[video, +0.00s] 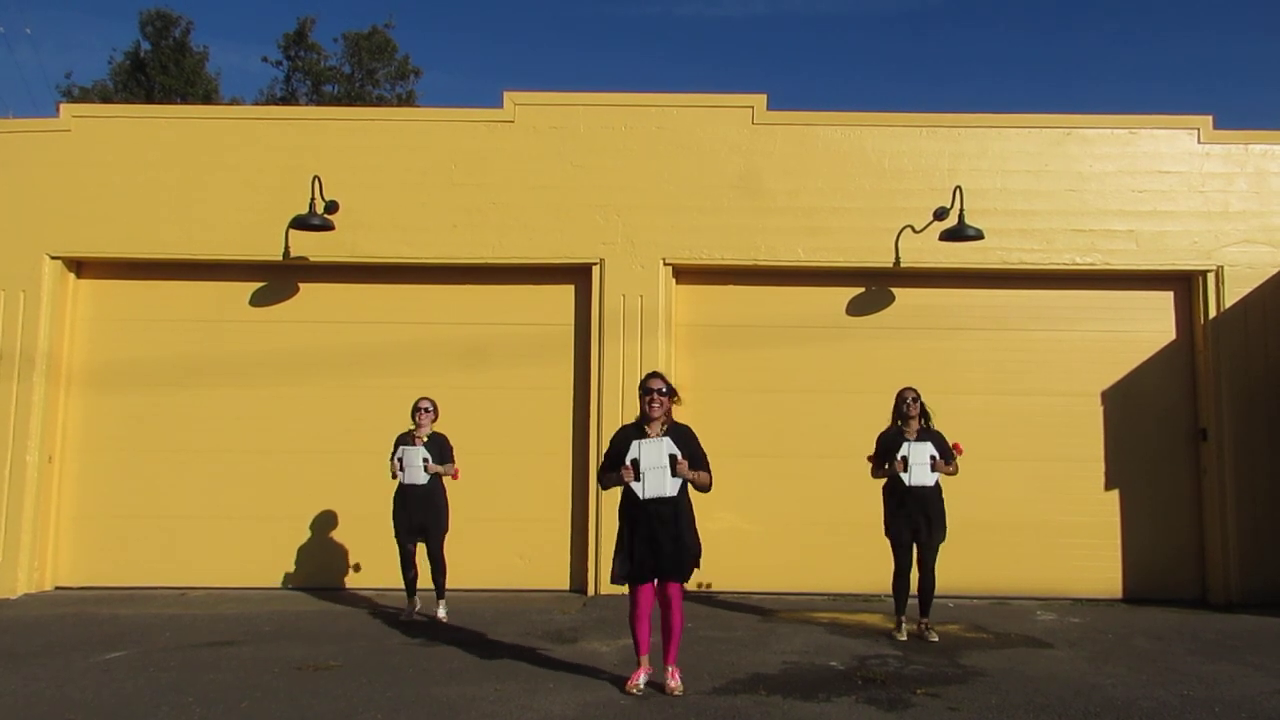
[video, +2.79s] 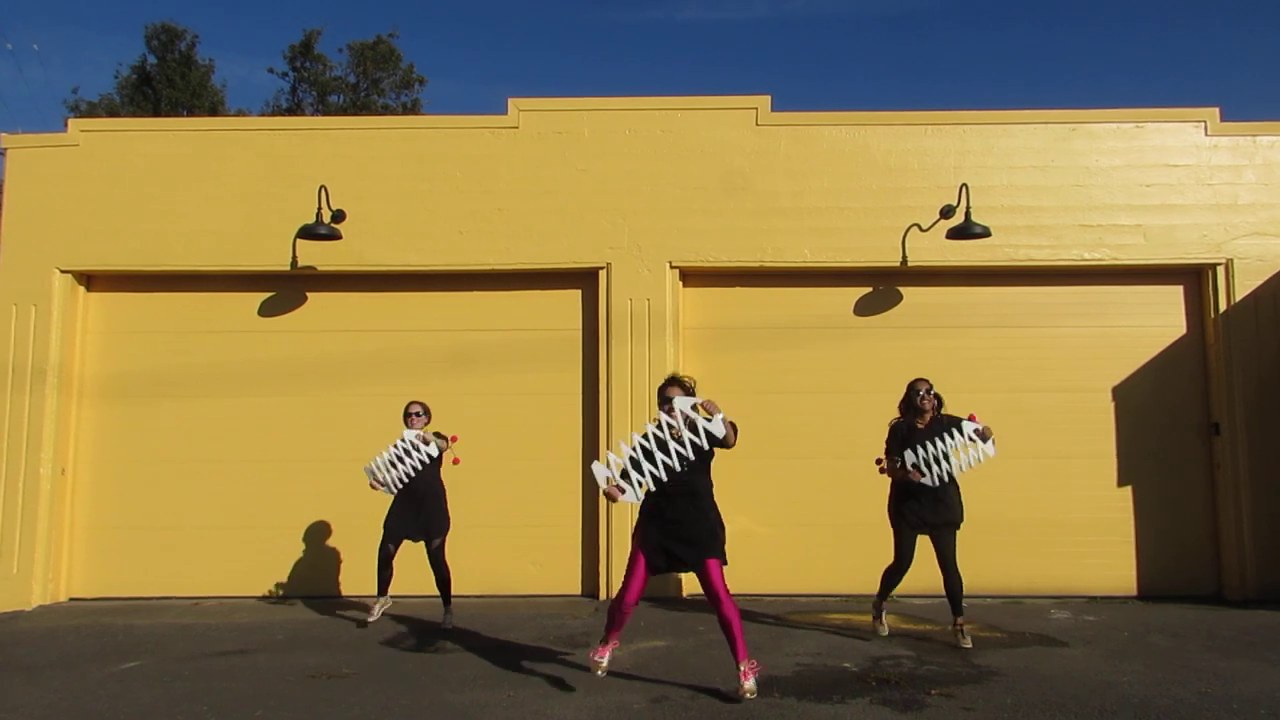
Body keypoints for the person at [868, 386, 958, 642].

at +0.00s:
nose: (910, 405)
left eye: (914, 401)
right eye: (904, 401)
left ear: (921, 405)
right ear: (897, 407)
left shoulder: (934, 436)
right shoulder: (888, 437)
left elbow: (954, 468)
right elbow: (875, 472)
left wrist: (942, 467)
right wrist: (892, 470)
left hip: (930, 510)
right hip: (898, 511)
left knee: (927, 567)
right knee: (902, 566)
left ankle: (924, 622)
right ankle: (900, 621)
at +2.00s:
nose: (913, 399)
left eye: (917, 394)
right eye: (907, 395)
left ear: (925, 399)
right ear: (900, 400)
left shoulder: (937, 430)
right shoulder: (888, 430)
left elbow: (947, 461)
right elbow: (873, 464)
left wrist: (943, 471)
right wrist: (890, 469)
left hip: (929, 507)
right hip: (896, 506)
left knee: (931, 564)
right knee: (894, 563)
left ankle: (925, 618)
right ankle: (886, 620)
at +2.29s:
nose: (921, 408)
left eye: (925, 404)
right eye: (915, 405)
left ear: (932, 407)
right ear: (907, 409)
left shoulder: (943, 438)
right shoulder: (901, 438)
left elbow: (958, 474)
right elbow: (893, 475)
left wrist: (964, 460)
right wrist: (909, 468)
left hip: (940, 515)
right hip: (908, 516)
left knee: (949, 574)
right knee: (898, 572)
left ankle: (958, 632)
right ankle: (878, 628)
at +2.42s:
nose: (924, 392)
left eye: (927, 387)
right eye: (918, 389)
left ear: (934, 392)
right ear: (909, 397)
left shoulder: (949, 421)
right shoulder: (903, 425)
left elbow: (980, 442)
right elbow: (896, 462)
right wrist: (895, 480)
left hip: (942, 501)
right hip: (908, 502)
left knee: (949, 563)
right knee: (899, 556)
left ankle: (954, 626)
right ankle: (869, 598)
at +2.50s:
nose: (927, 394)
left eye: (930, 390)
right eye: (921, 392)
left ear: (936, 395)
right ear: (912, 400)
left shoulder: (951, 421)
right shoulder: (907, 428)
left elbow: (992, 423)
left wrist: (1006, 404)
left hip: (945, 504)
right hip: (912, 504)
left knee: (951, 567)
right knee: (901, 561)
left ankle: (951, 628)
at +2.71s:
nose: (927, 395)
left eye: (930, 390)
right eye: (920, 392)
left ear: (936, 396)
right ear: (911, 399)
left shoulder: (949, 422)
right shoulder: (904, 430)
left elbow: (985, 419)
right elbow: (893, 465)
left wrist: (1006, 406)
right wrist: (892, 486)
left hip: (943, 506)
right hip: (910, 506)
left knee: (946, 566)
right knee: (904, 561)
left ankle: (953, 629)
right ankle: (877, 552)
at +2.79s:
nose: (925, 397)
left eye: (929, 393)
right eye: (919, 394)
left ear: (935, 398)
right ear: (909, 400)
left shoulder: (947, 423)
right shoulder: (900, 428)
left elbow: (980, 436)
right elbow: (890, 467)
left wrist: (985, 433)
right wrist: (906, 473)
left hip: (942, 502)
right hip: (907, 503)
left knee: (949, 565)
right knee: (902, 562)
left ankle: (959, 624)